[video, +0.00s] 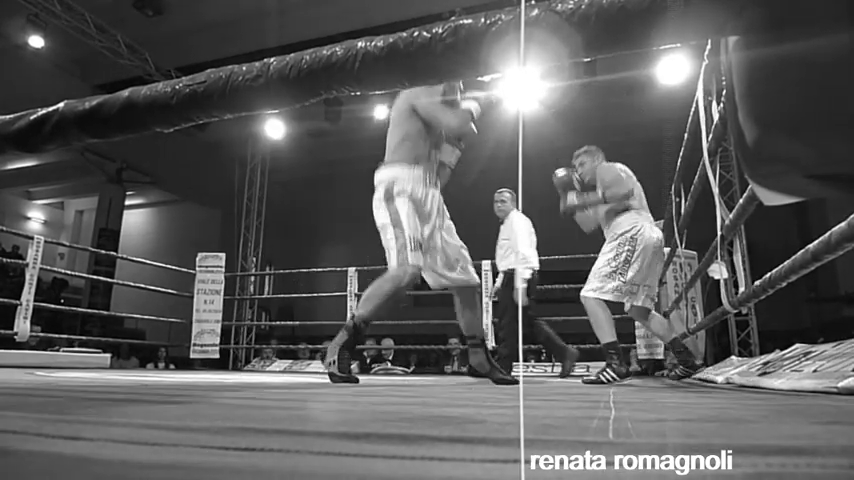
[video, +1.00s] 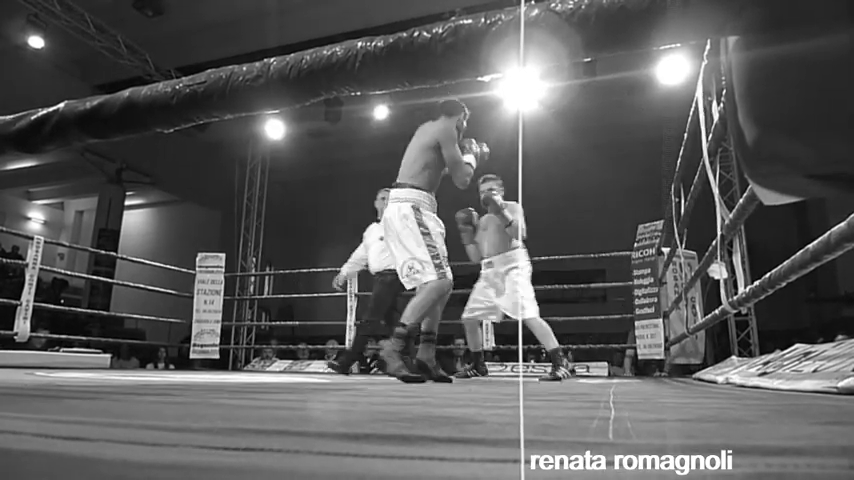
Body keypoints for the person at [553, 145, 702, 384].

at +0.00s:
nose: (579, 171)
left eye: (582, 164)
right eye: (576, 168)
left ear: (596, 159)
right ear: (576, 172)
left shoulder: (608, 168)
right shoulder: (593, 193)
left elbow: (622, 192)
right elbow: (588, 226)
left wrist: (579, 199)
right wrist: (567, 194)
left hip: (630, 235)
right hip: (652, 238)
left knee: (591, 295)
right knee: (638, 309)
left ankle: (616, 364)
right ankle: (686, 357)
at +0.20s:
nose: (578, 181)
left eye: (581, 174)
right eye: (576, 178)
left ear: (595, 171)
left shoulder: (606, 183)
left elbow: (610, 211)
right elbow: (608, 243)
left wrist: (577, 208)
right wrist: (580, 230)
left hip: (630, 245)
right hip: (647, 248)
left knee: (595, 304)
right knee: (641, 315)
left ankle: (616, 366)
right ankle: (688, 365)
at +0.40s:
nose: (572, 170)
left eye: (576, 164)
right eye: (568, 167)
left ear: (589, 163)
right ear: (565, 170)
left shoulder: (602, 177)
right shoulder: (573, 196)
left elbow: (622, 199)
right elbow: (565, 231)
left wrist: (586, 187)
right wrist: (557, 203)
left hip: (613, 240)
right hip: (598, 247)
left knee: (578, 292)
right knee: (636, 307)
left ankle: (584, 361)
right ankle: (685, 355)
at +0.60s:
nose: (545, 181)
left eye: (549, 175)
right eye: (541, 177)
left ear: (561, 175)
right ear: (538, 180)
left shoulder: (575, 195)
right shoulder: (543, 205)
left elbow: (599, 227)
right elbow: (532, 238)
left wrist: (569, 211)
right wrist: (524, 211)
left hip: (582, 252)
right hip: (564, 259)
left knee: (551, 306)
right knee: (593, 318)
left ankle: (568, 368)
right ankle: (651, 345)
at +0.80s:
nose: (511, 181)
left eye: (514, 176)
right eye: (507, 178)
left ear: (526, 174)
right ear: (505, 180)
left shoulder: (538, 192)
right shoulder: (512, 201)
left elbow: (545, 223)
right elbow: (514, 244)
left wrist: (518, 209)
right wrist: (498, 221)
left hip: (548, 252)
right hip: (526, 257)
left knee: (541, 305)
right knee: (510, 308)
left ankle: (567, 364)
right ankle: (532, 361)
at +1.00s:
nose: (488, 196)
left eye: (492, 191)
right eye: (484, 192)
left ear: (502, 192)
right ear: (479, 196)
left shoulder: (512, 207)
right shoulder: (481, 221)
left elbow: (519, 234)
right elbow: (475, 257)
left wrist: (499, 210)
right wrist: (465, 230)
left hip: (514, 266)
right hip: (489, 271)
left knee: (527, 315)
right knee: (469, 317)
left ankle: (560, 361)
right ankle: (477, 364)